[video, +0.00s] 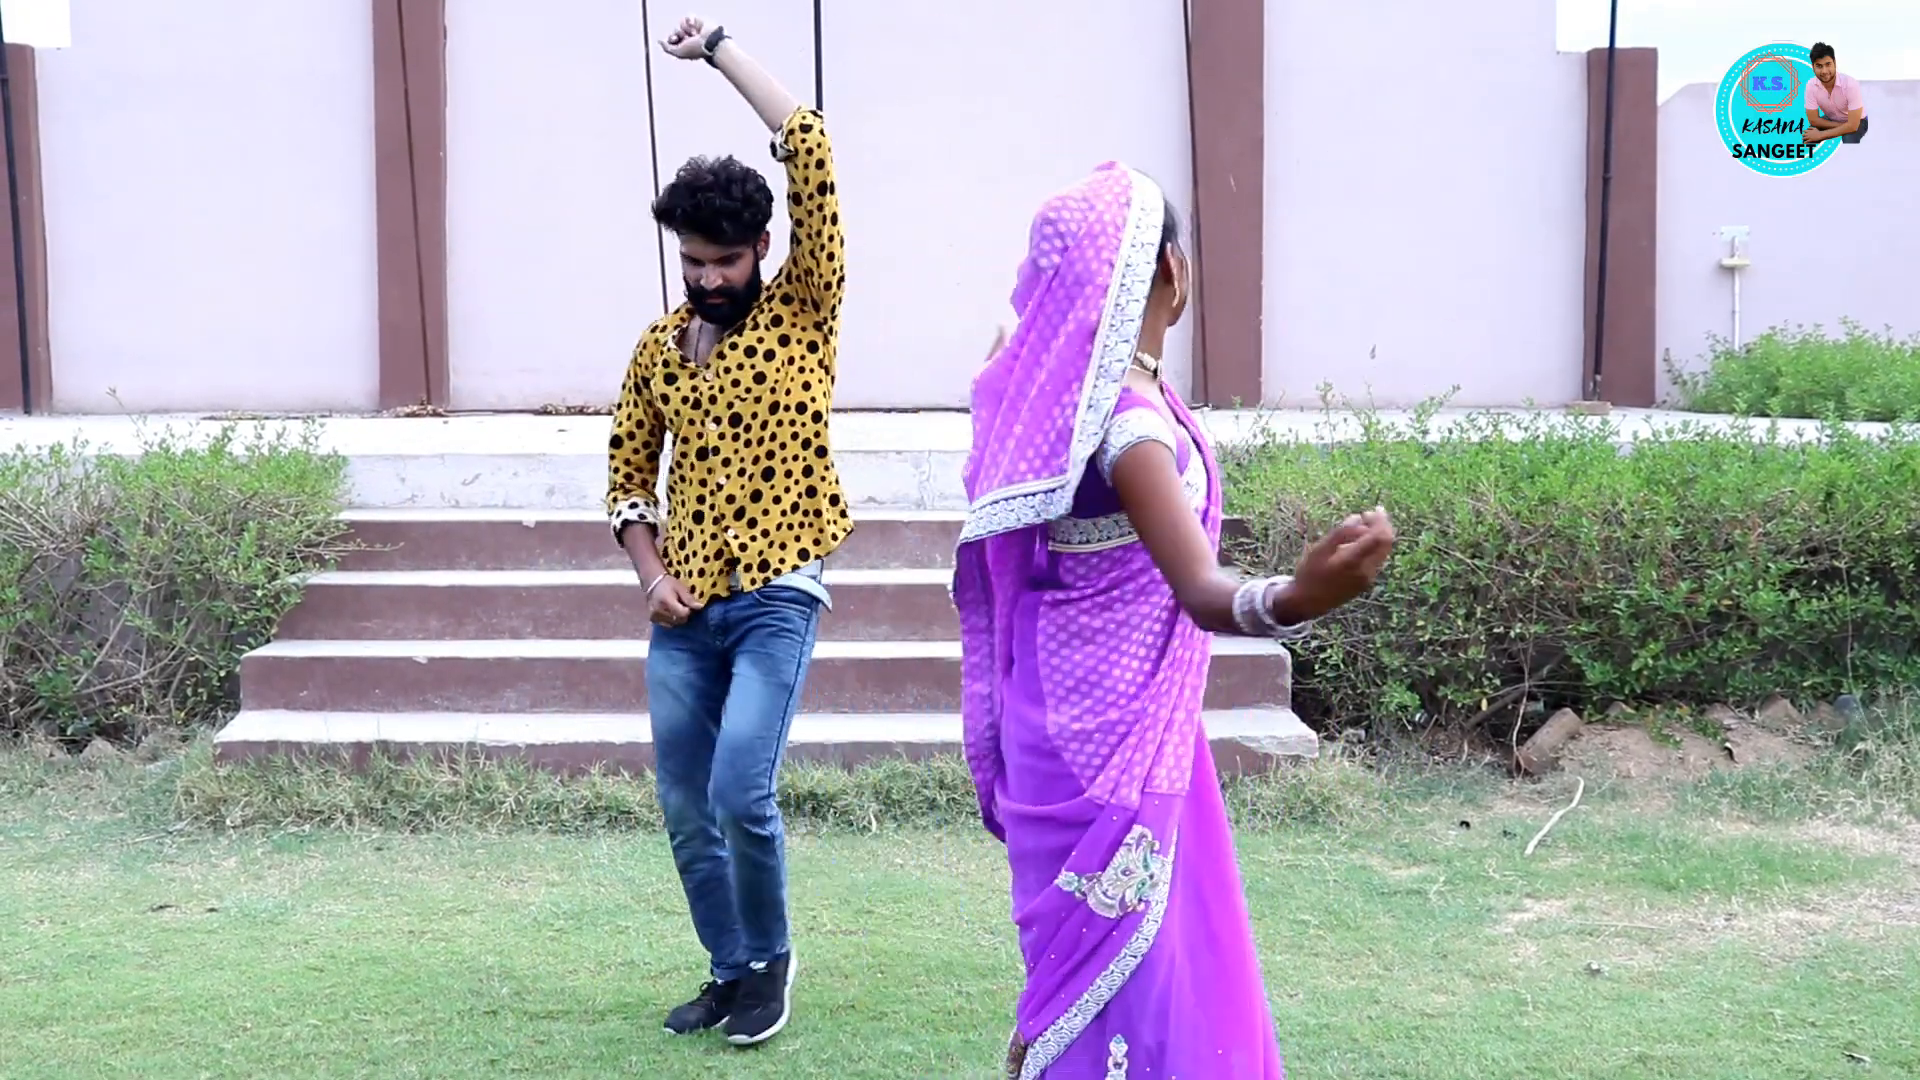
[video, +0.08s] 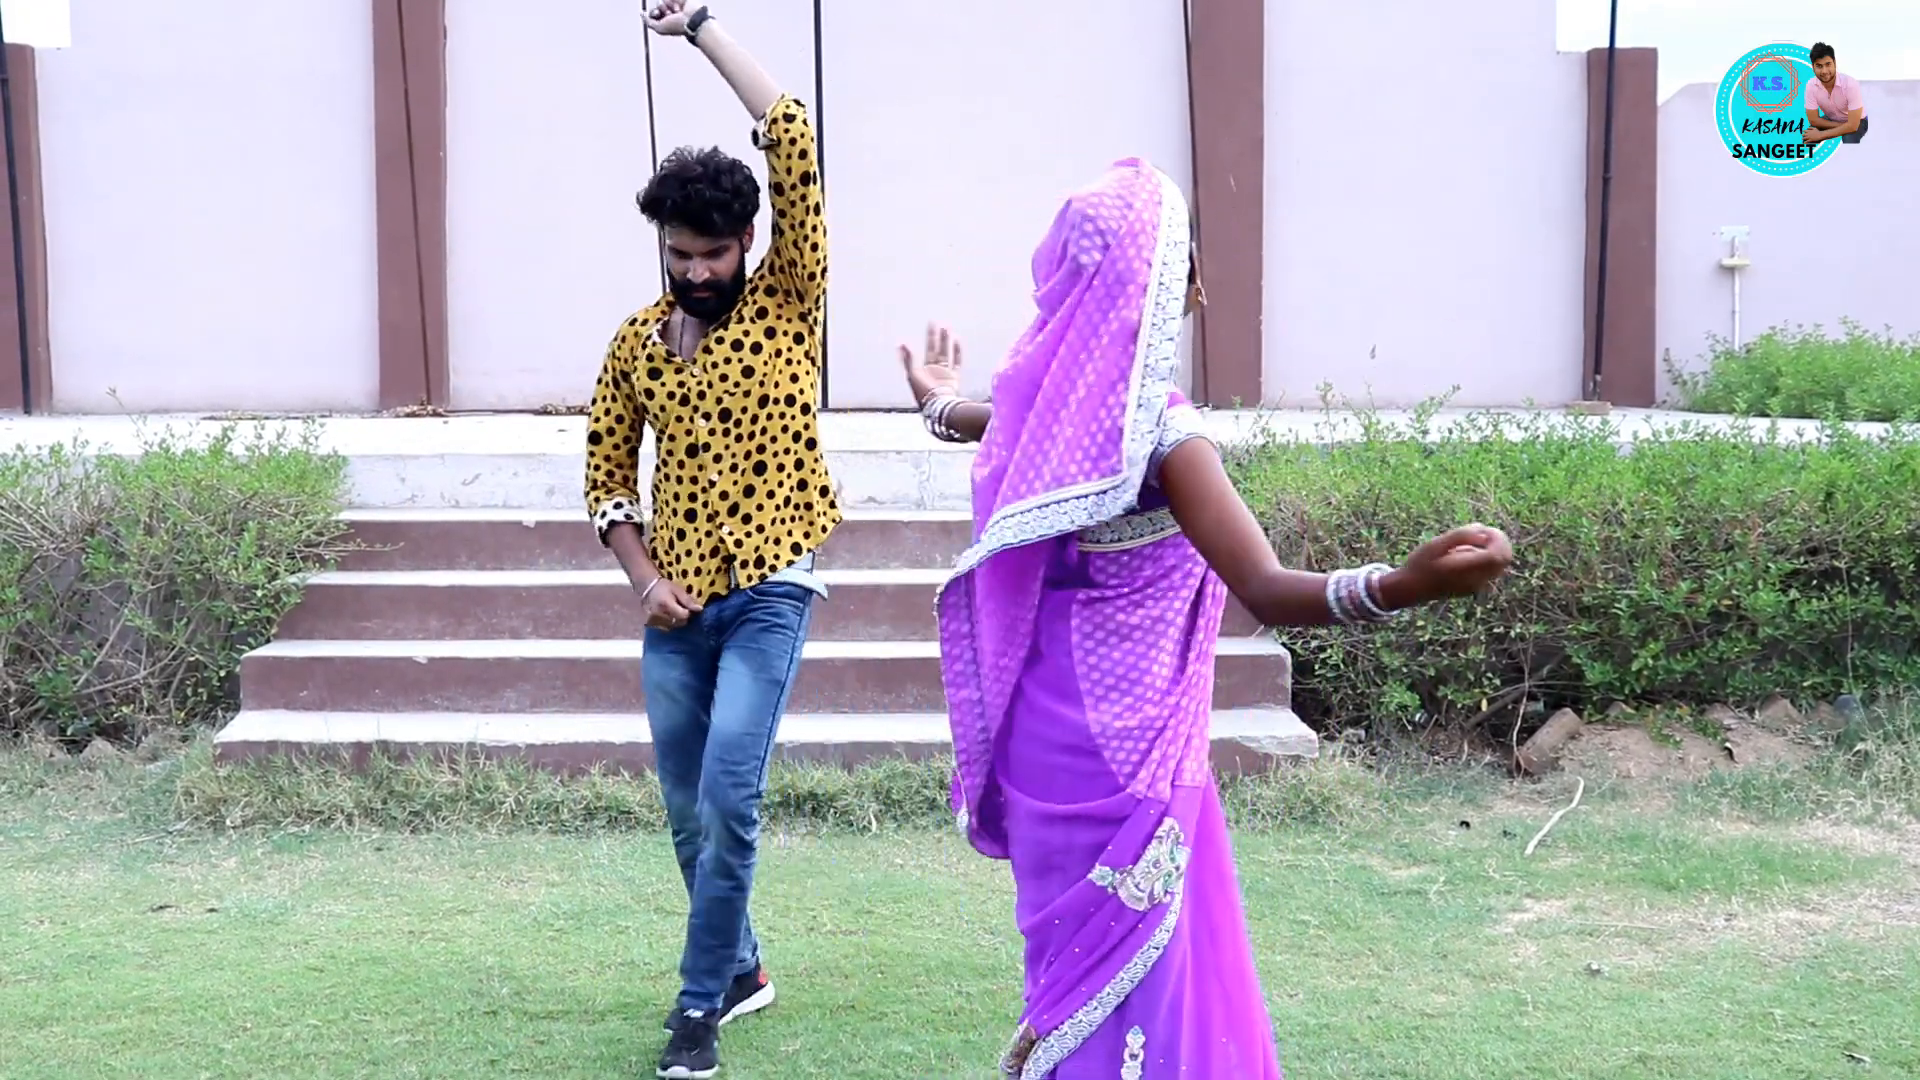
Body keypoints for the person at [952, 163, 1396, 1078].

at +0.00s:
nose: (1188, 268)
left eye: (1181, 249)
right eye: (1182, 250)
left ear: (1069, 272)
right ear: (1167, 270)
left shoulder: (1038, 382)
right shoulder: (1128, 417)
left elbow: (992, 581)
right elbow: (1200, 591)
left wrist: (988, 741)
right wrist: (1299, 596)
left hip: (1056, 721)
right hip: (1114, 739)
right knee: (1116, 986)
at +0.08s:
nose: (1198, 287)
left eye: (1190, 263)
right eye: (1185, 265)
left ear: (1070, 279)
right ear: (1147, 281)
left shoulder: (1027, 403)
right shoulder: (1161, 429)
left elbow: (964, 418)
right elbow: (1264, 590)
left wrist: (935, 395)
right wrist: (1402, 583)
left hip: (1029, 747)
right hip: (1131, 759)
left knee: (1061, 997)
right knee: (1148, 1001)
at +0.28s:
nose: (1178, 301)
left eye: (1175, 277)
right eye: (1182, 279)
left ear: (1106, 292)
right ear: (1221, 306)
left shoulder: (1045, 409)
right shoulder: (1244, 450)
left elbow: (936, 469)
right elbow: (1374, 616)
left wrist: (821, 447)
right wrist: (1519, 608)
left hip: (1051, 765)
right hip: (1183, 773)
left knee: (1057, 1004)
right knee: (1194, 1010)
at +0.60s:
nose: (1153, 268)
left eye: (1163, 251)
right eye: (1157, 249)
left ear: (1191, 260)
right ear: (1277, 261)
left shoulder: (1127, 357)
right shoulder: (1324, 375)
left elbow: (966, 457)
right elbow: (1377, 520)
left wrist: (835, 534)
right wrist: (1414, 626)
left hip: (1118, 662)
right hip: (1257, 666)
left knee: (1100, 880)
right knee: (1228, 877)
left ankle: (1102, 1056)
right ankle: (1228, 1052)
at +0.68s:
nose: (1155, 285)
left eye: (1171, 267)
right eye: (1161, 265)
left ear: (1219, 283)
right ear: (1273, 286)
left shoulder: (1157, 391)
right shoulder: (1326, 407)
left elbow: (1022, 524)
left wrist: (913, 649)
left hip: (1136, 734)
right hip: (1258, 731)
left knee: (1065, 950)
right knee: (1229, 941)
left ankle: (1068, 1065)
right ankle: (1243, 1058)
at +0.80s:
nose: (1151, 298)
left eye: (1169, 282)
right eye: (1158, 279)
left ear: (1227, 302)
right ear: (1258, 303)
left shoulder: (1193, 405)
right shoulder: (1323, 412)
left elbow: (1131, 557)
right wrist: (1320, 759)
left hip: (1174, 747)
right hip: (1269, 749)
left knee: (1061, 966)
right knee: (1238, 990)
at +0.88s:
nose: (1148, 281)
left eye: (1167, 265)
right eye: (1151, 261)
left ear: (1225, 280)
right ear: (1235, 287)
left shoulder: (1216, 385)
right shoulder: (1284, 378)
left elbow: (1215, 535)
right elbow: (1215, 546)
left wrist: (1152, 703)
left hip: (1197, 714)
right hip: (1258, 713)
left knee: (1124, 966)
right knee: (1218, 967)